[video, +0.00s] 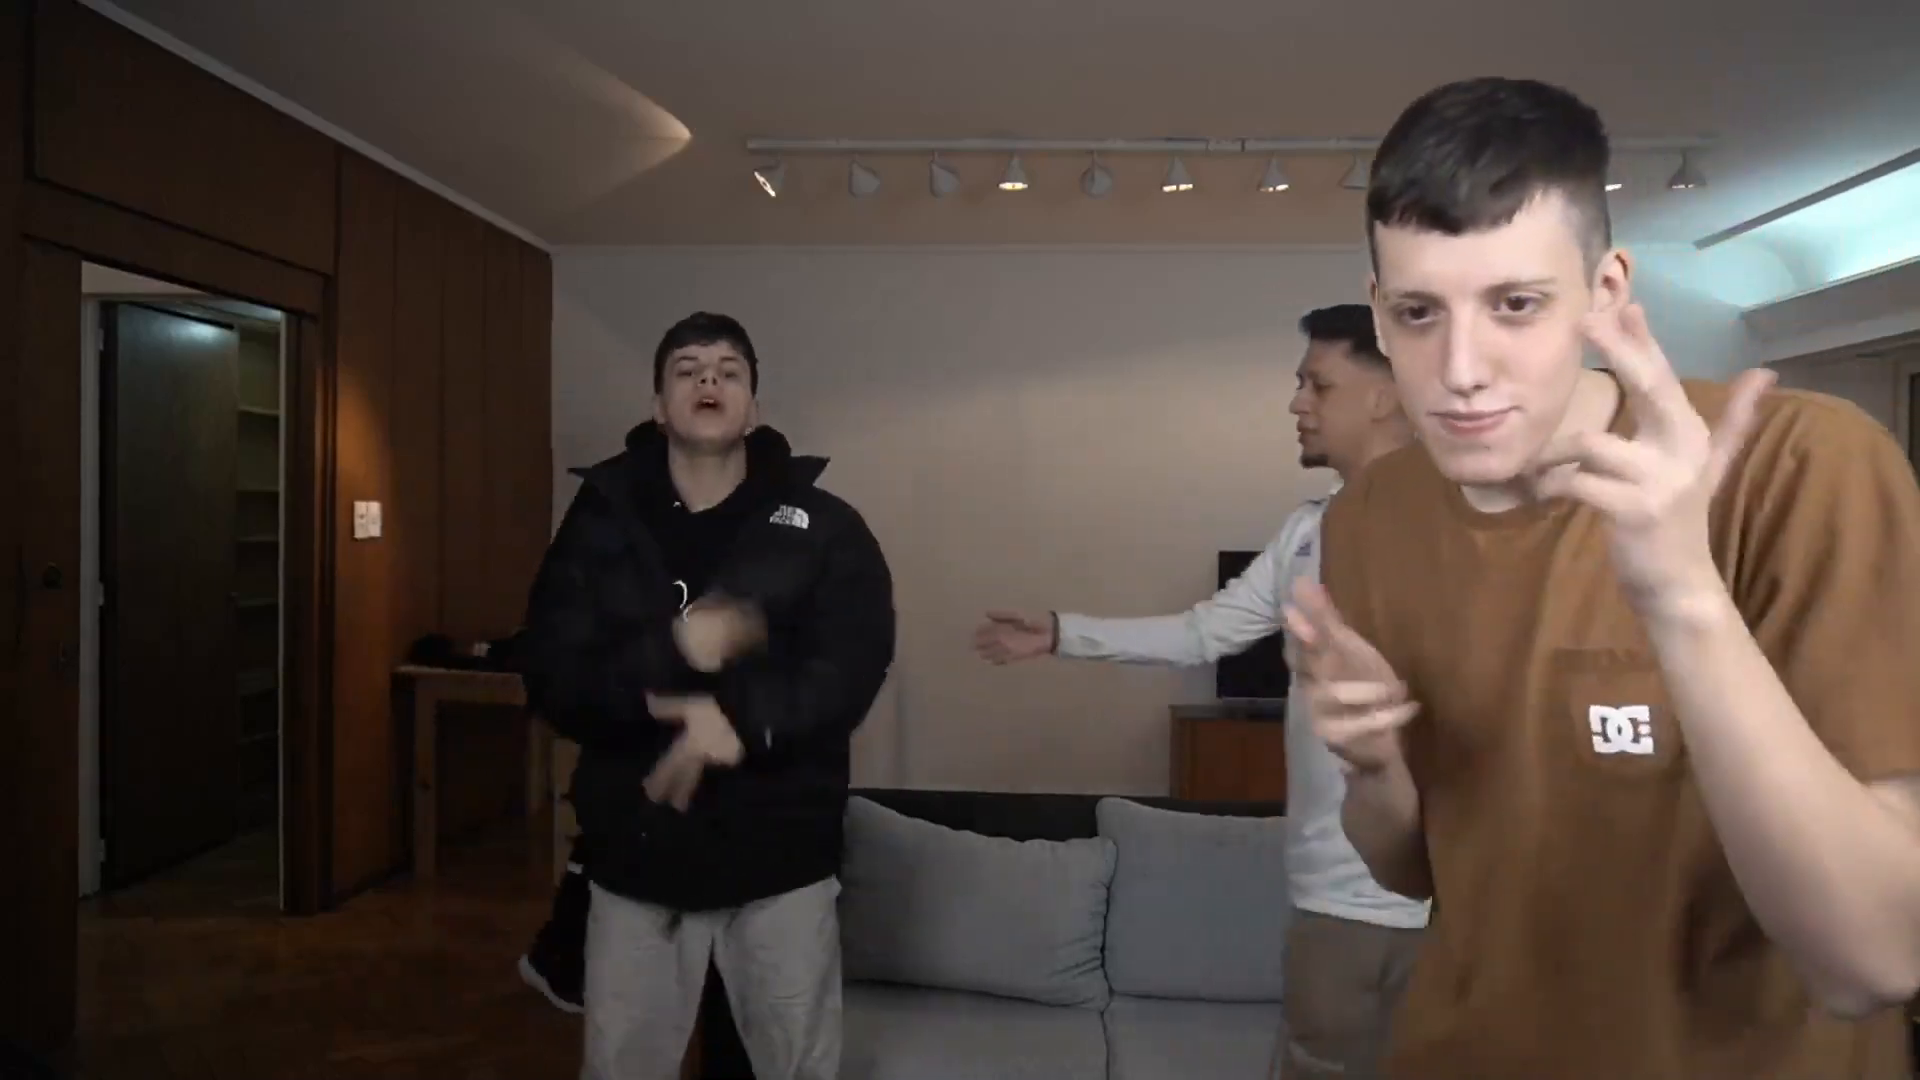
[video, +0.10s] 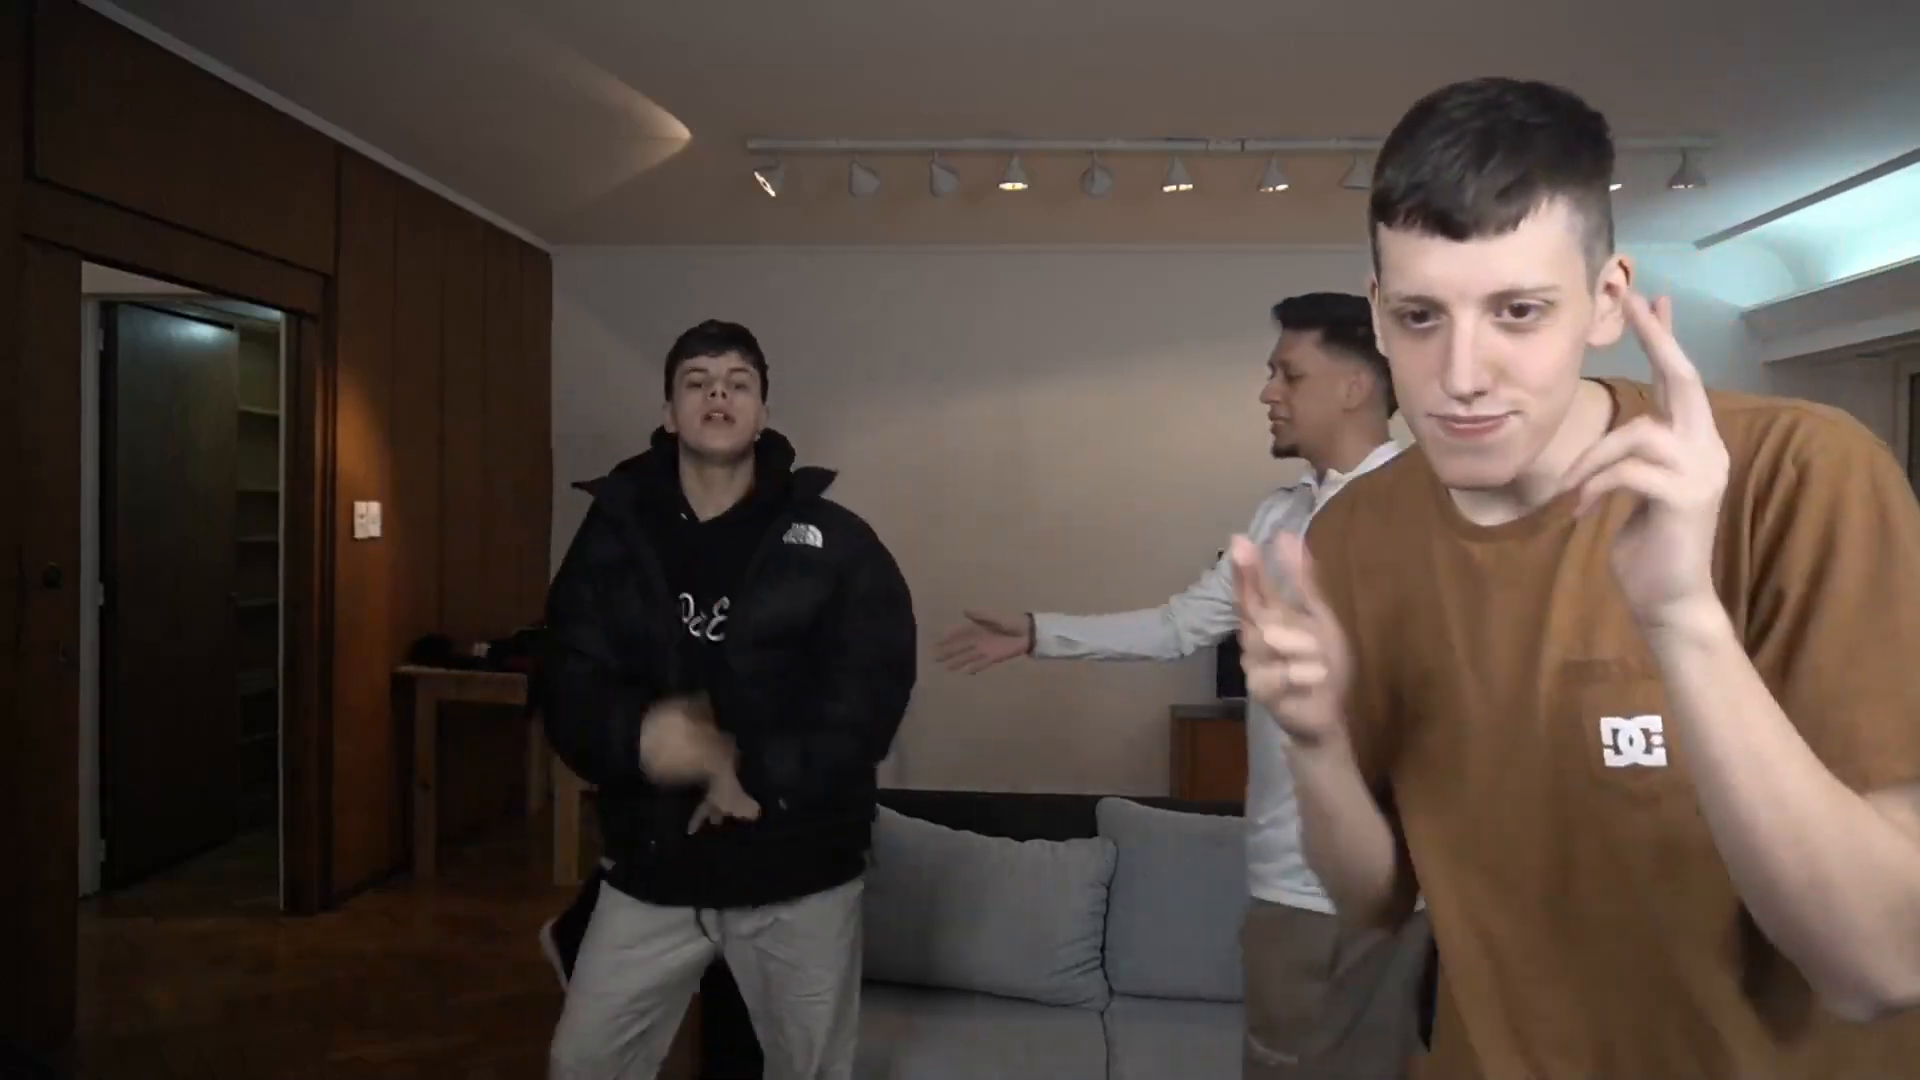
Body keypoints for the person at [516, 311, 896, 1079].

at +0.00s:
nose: (709, 382)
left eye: (729, 372)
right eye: (687, 372)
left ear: (755, 404)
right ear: (659, 403)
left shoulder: (822, 524)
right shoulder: (603, 515)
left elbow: (851, 667)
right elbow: (552, 676)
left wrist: (734, 722)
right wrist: (675, 648)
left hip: (780, 857)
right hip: (636, 858)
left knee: (797, 1066)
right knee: (621, 1066)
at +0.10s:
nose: (719, 396)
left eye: (739, 383)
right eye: (697, 383)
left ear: (764, 414)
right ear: (669, 412)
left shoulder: (836, 543)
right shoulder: (615, 530)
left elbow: (868, 705)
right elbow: (565, 691)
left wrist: (749, 771)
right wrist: (684, 743)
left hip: (799, 872)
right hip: (650, 871)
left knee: (814, 1070)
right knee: (583, 1064)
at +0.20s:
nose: (731, 409)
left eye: (751, 395)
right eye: (709, 394)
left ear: (775, 421)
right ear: (679, 419)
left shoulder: (848, 554)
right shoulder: (623, 544)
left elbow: (894, 703)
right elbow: (567, 696)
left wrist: (824, 800)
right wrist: (626, 807)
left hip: (814, 895)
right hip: (660, 891)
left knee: (821, 1073)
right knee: (592, 1069)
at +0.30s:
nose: (730, 399)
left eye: (750, 385)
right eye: (708, 384)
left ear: (775, 415)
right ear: (679, 409)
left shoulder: (848, 539)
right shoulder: (616, 545)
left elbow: (910, 695)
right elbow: (563, 701)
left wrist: (854, 734)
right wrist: (615, 802)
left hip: (815, 881)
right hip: (666, 886)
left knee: (815, 1072)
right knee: (628, 1071)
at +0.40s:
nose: (719, 397)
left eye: (740, 383)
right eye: (698, 383)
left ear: (771, 411)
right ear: (670, 410)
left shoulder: (832, 532)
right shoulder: (606, 538)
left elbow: (909, 673)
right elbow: (547, 686)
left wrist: (850, 633)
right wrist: (595, 759)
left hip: (800, 872)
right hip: (652, 875)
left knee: (805, 1070)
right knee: (623, 1070)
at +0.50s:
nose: (706, 398)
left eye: (727, 384)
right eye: (684, 382)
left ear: (751, 410)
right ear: (655, 407)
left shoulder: (807, 530)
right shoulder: (593, 529)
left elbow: (880, 674)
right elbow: (514, 685)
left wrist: (852, 585)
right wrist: (583, 709)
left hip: (774, 866)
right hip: (629, 869)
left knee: (790, 1068)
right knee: (627, 1068)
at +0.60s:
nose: (690, 397)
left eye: (710, 384)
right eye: (668, 382)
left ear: (734, 410)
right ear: (637, 408)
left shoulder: (785, 519)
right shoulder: (583, 518)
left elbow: (863, 671)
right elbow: (496, 686)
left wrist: (825, 577)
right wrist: (553, 648)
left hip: (745, 859)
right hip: (607, 856)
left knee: (768, 1067)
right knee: (618, 1069)